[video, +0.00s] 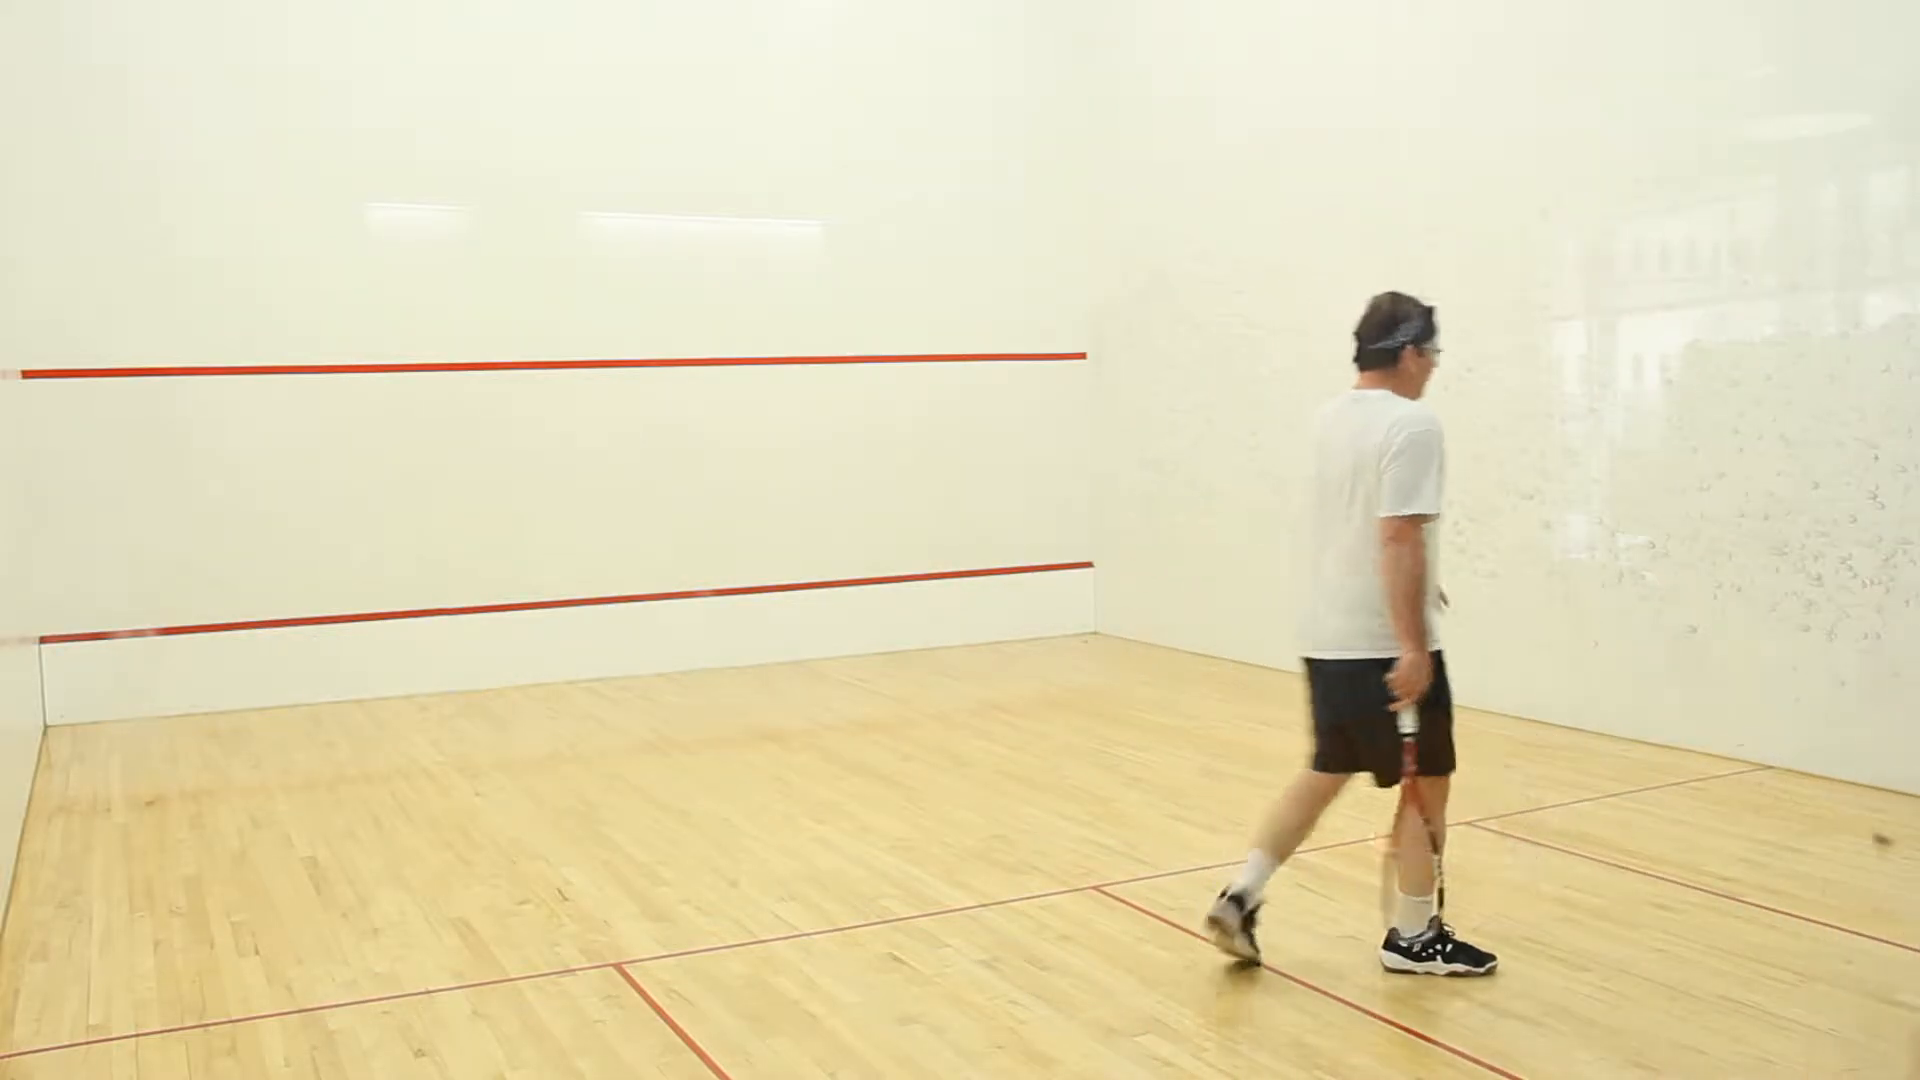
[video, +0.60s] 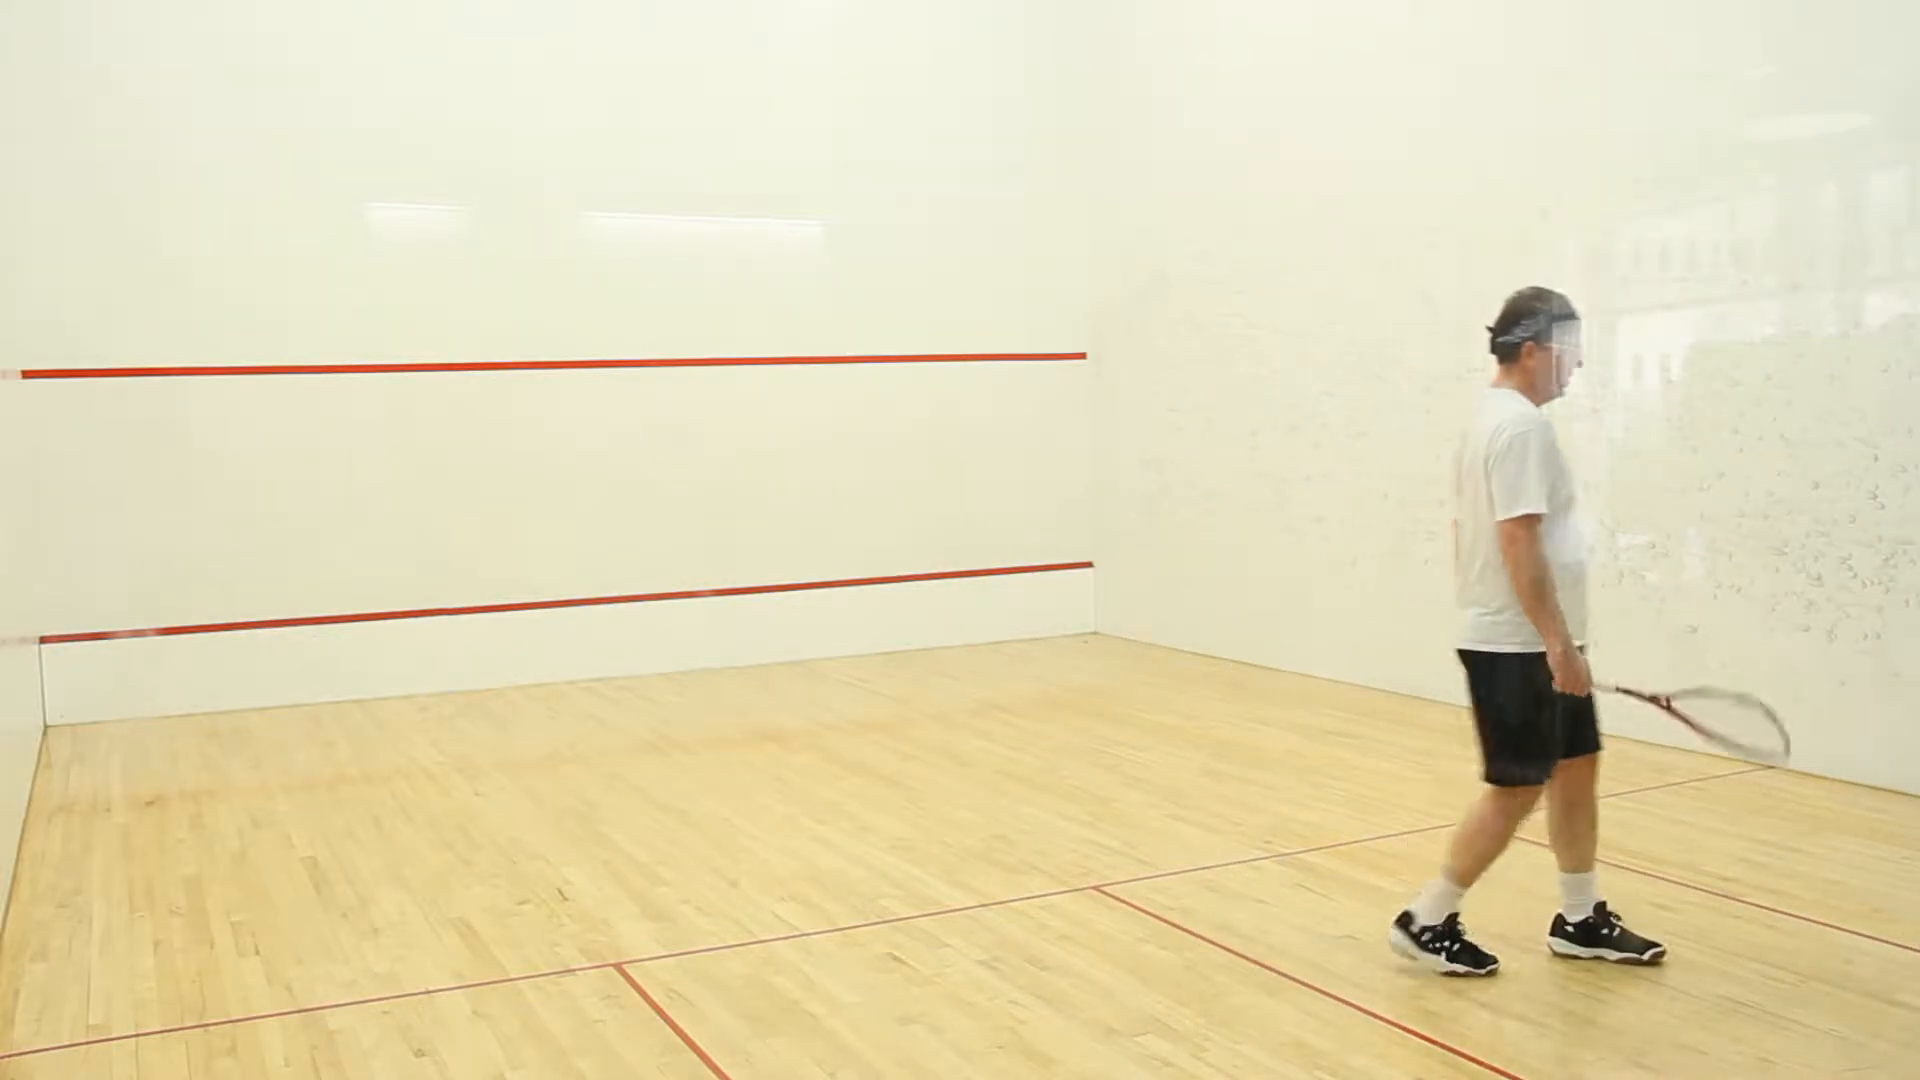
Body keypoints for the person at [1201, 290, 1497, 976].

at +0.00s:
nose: (1433, 365)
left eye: (1432, 353)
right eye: (1430, 352)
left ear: (1369, 352)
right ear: (1408, 353)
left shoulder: (1333, 416)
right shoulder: (1410, 424)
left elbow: (1337, 531)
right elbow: (1401, 538)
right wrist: (1414, 648)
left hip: (1328, 642)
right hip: (1390, 645)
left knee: (1329, 766)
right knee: (1426, 783)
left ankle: (1240, 896)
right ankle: (1412, 933)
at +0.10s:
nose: (1459, 359)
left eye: (1458, 347)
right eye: (1453, 346)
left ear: (1395, 348)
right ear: (1425, 348)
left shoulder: (1363, 411)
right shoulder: (1429, 419)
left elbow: (1358, 526)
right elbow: (1433, 533)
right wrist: (1459, 642)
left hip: (1358, 634)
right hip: (1408, 638)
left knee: (1384, 760)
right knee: (1436, 778)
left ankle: (1288, 866)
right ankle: (1416, 931)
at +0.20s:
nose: (1483, 357)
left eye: (1483, 344)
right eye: (1477, 345)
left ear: (1426, 346)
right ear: (1444, 346)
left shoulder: (1391, 412)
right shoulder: (1447, 417)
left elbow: (1391, 527)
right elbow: (1453, 531)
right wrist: (1501, 633)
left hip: (1389, 630)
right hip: (1434, 634)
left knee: (1421, 761)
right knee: (1442, 778)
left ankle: (1352, 869)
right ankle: (1416, 930)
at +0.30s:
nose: (1506, 357)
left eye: (1506, 344)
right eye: (1499, 344)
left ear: (1445, 346)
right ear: (1463, 345)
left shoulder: (1410, 412)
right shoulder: (1465, 416)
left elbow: (1380, 524)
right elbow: (1467, 531)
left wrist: (1381, 605)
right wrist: (1530, 619)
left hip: (1421, 627)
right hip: (1446, 637)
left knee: (1496, 746)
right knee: (1449, 779)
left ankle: (1437, 885)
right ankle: (1413, 931)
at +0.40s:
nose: (1532, 359)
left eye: (1533, 346)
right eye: (1524, 346)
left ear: (1474, 349)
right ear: (1485, 347)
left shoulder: (1435, 413)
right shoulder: (1487, 420)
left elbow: (1403, 523)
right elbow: (1485, 532)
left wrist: (1393, 605)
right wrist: (1547, 622)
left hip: (1463, 632)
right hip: (1465, 637)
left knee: (1518, 753)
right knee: (1459, 778)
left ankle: (1533, 903)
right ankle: (1415, 930)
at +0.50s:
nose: (1556, 362)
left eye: (1556, 349)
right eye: (1549, 348)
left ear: (1499, 350)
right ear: (1513, 348)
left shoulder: (1460, 414)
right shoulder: (1506, 423)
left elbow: (1428, 525)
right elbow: (1502, 540)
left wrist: (1423, 609)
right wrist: (1555, 635)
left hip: (1497, 637)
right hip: (1488, 640)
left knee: (1547, 760)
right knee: (1480, 782)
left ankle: (1576, 912)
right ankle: (1417, 929)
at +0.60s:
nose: (1573, 367)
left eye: (1573, 354)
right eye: (1567, 352)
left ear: (1516, 352)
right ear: (1532, 350)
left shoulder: (1490, 419)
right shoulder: (1521, 425)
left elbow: (1482, 544)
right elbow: (1520, 546)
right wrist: (1561, 647)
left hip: (1527, 637)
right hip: (1512, 642)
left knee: (1576, 759)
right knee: (1517, 783)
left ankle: (1581, 915)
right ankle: (1429, 917)